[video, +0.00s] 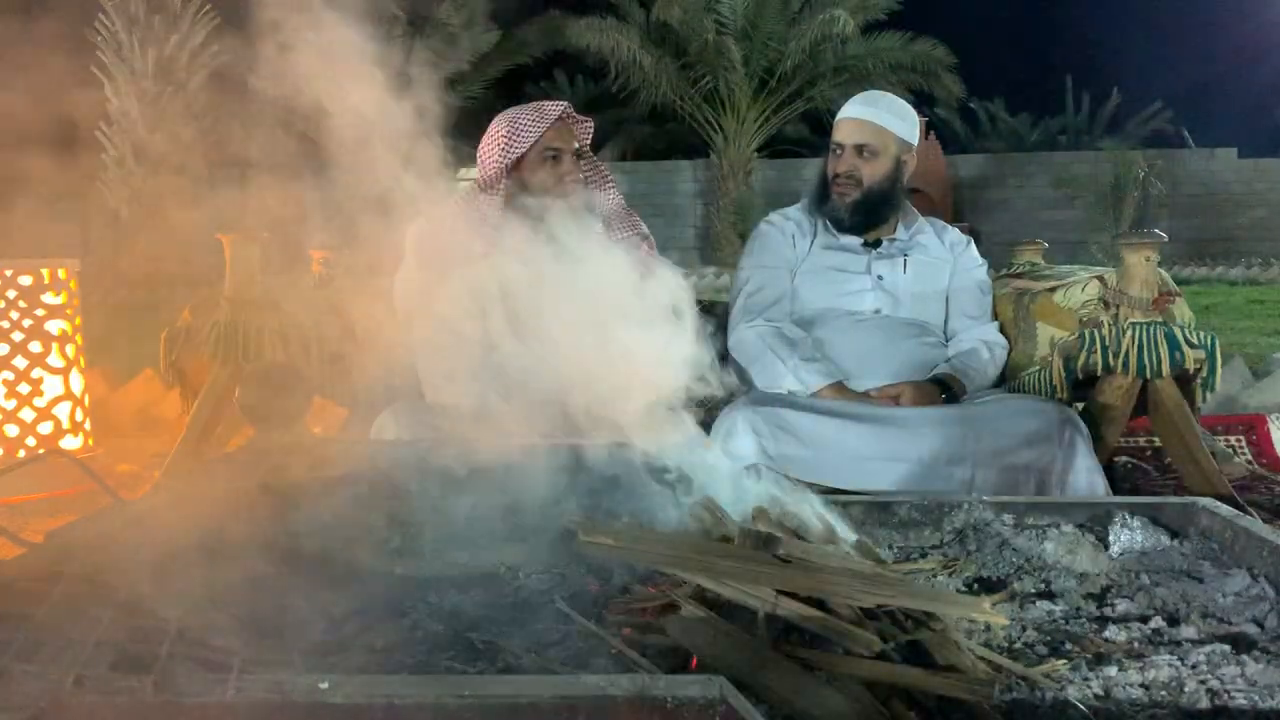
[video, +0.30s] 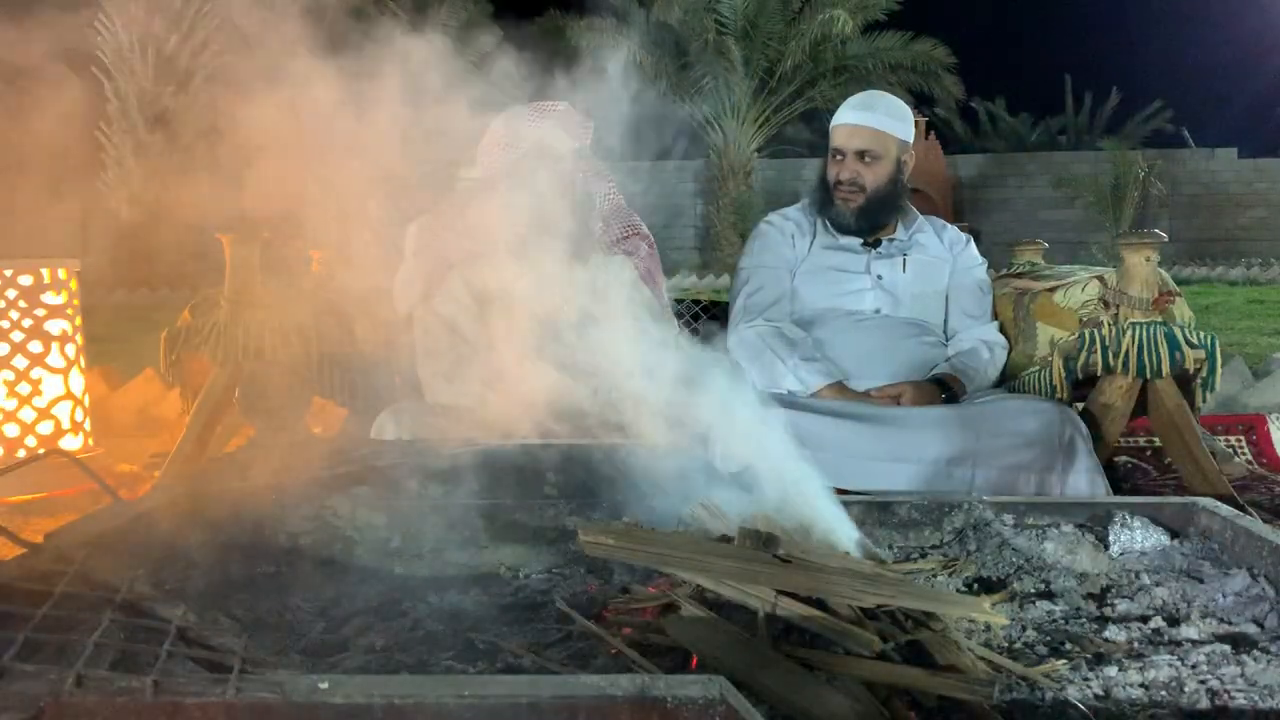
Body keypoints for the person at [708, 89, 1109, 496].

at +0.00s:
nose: (842, 167)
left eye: (864, 154)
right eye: (836, 151)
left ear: (905, 166)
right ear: (826, 155)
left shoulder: (953, 249)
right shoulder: (786, 231)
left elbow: (981, 342)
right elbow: (753, 330)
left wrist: (940, 387)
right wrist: (834, 396)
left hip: (939, 420)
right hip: (823, 416)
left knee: (1058, 429)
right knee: (741, 425)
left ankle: (1086, 590)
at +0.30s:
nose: (845, 173)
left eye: (866, 158)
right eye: (837, 156)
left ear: (906, 165)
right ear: (826, 159)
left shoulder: (952, 246)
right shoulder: (785, 232)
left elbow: (981, 342)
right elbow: (755, 330)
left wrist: (939, 389)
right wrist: (839, 397)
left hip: (934, 420)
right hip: (818, 416)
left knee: (1052, 424)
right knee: (750, 426)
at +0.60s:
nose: (855, 175)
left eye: (876, 160)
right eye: (844, 157)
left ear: (908, 166)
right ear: (829, 159)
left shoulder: (952, 247)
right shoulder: (783, 233)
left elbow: (981, 342)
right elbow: (756, 332)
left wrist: (939, 388)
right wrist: (838, 397)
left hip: (932, 419)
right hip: (818, 415)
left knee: (1052, 425)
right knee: (741, 431)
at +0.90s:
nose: (885, 175)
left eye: (902, 160)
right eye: (869, 156)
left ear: (919, 166)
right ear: (839, 158)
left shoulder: (954, 248)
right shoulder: (784, 234)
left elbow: (981, 344)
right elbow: (761, 339)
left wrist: (939, 388)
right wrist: (839, 398)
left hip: (935, 418)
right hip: (824, 416)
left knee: (1052, 424)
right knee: (754, 432)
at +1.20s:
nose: (896, 172)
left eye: (909, 158)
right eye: (882, 156)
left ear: (926, 164)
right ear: (848, 159)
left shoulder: (952, 250)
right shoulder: (785, 236)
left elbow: (984, 347)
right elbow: (749, 338)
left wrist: (939, 388)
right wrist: (840, 397)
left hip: (929, 419)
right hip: (821, 418)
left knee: (1056, 426)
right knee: (741, 433)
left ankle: (1086, 588)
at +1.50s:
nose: (905, 170)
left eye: (913, 155)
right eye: (887, 154)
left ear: (926, 163)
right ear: (849, 161)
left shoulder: (953, 248)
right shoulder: (787, 236)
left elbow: (982, 337)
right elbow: (750, 337)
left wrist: (940, 389)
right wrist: (824, 392)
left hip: (920, 417)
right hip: (812, 416)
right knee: (740, 429)